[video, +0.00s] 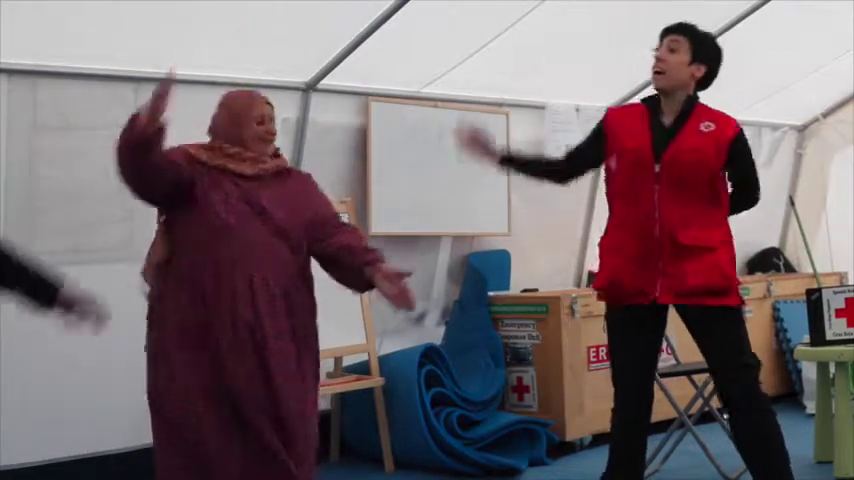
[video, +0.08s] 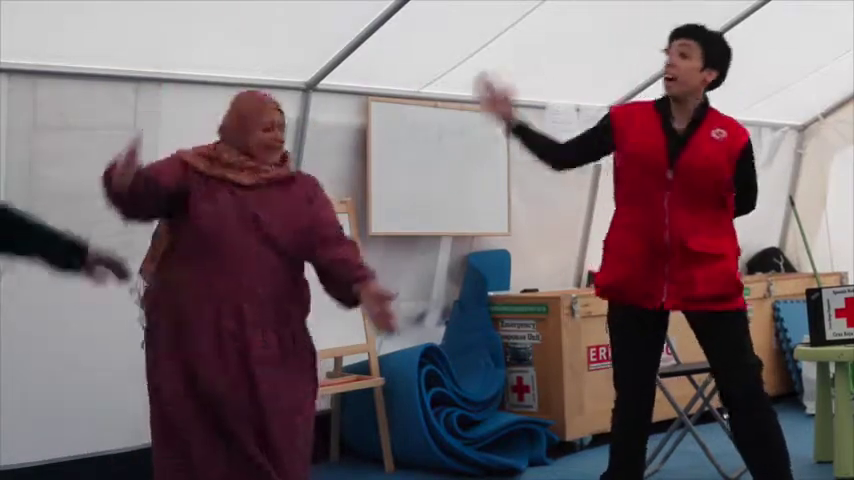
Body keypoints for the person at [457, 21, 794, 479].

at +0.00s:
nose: (658, 57)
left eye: (672, 51)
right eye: (658, 50)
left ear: (699, 71)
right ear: (654, 63)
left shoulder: (724, 130)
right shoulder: (618, 122)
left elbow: (748, 194)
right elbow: (564, 169)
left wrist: (700, 215)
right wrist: (498, 156)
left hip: (704, 277)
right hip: (631, 278)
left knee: (744, 395)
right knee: (630, 405)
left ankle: (776, 478)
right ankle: (622, 479)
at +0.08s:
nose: (669, 62)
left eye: (683, 55)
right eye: (668, 54)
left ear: (710, 75)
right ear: (664, 65)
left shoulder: (732, 136)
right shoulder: (627, 120)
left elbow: (744, 201)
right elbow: (561, 156)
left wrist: (691, 217)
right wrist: (512, 121)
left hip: (708, 278)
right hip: (634, 278)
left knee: (746, 395)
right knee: (632, 403)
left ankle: (775, 478)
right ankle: (621, 479)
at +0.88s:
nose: (775, 318)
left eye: (785, 309)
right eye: (767, 308)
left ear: (802, 289)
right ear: (751, 285)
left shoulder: (803, 266)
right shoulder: (712, 295)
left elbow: (773, 219)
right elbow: (731, 384)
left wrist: (706, 214)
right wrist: (761, 448)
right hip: (660, 293)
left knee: (760, 390)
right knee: (645, 397)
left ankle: (780, 470)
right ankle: (626, 472)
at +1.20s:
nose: (715, 127)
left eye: (727, 117)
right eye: (709, 115)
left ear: (745, 125)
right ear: (696, 118)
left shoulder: (764, 172)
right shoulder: (665, 165)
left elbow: (758, 212)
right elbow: (644, 223)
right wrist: (635, 269)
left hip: (733, 287)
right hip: (663, 286)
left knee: (757, 397)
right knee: (644, 399)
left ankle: (777, 474)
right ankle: (626, 476)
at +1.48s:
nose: (663, 68)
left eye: (676, 59)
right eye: (661, 60)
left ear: (708, 71)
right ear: (658, 70)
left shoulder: (740, 134)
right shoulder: (637, 124)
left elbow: (755, 202)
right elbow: (581, 148)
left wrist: (705, 227)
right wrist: (517, 163)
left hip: (721, 280)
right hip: (649, 280)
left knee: (755, 402)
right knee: (639, 405)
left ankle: (777, 478)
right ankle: (626, 479)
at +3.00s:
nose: (512, 328)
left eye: (506, 320)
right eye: (505, 323)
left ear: (516, 304)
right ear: (519, 295)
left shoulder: (566, 311)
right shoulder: (561, 262)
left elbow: (579, 387)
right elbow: (594, 215)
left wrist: (582, 456)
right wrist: (646, 226)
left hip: (705, 268)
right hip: (660, 293)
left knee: (747, 385)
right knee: (652, 399)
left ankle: (780, 470)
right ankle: (635, 472)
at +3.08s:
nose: (504, 295)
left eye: (501, 284)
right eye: (497, 288)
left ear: (517, 269)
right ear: (518, 265)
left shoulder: (562, 282)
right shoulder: (558, 249)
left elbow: (568, 359)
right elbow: (606, 206)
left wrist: (567, 427)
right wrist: (662, 226)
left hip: (706, 268)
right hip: (659, 291)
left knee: (746, 381)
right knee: (652, 400)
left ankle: (780, 473)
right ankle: (635, 475)